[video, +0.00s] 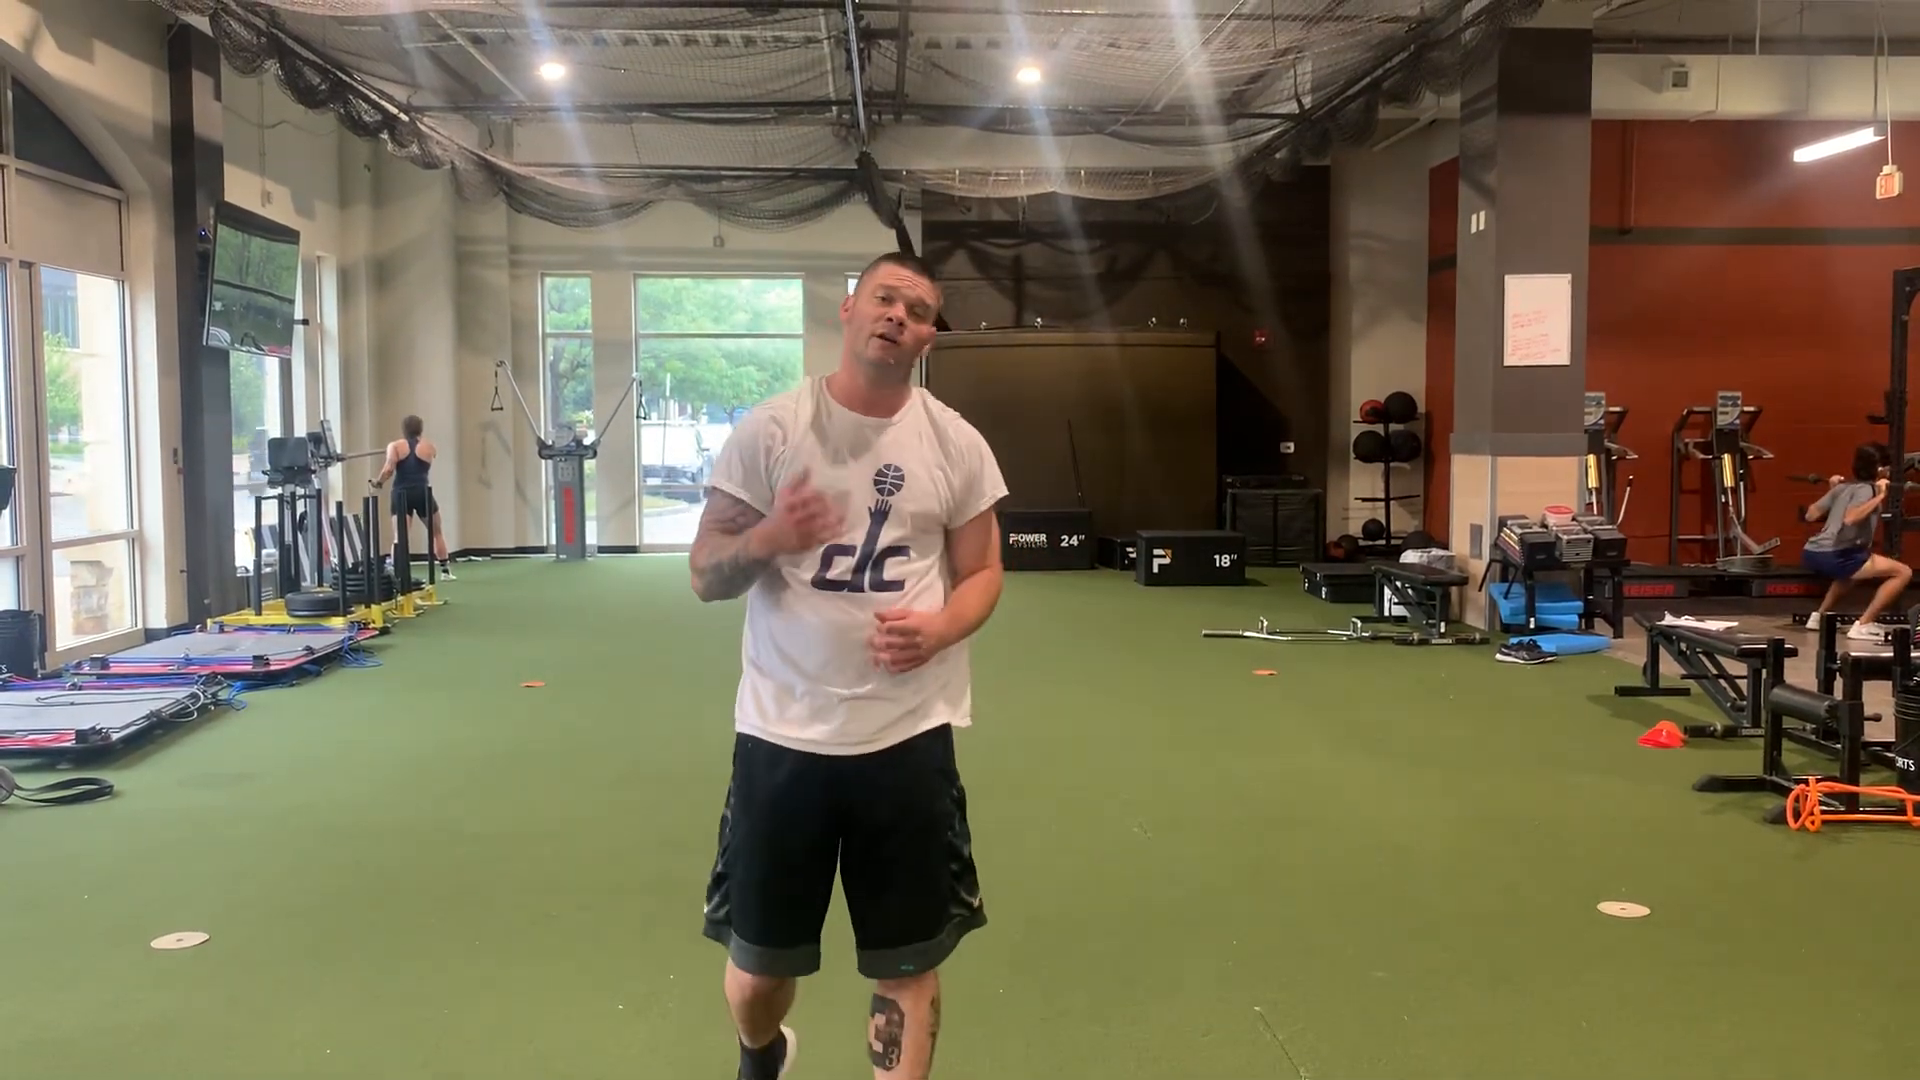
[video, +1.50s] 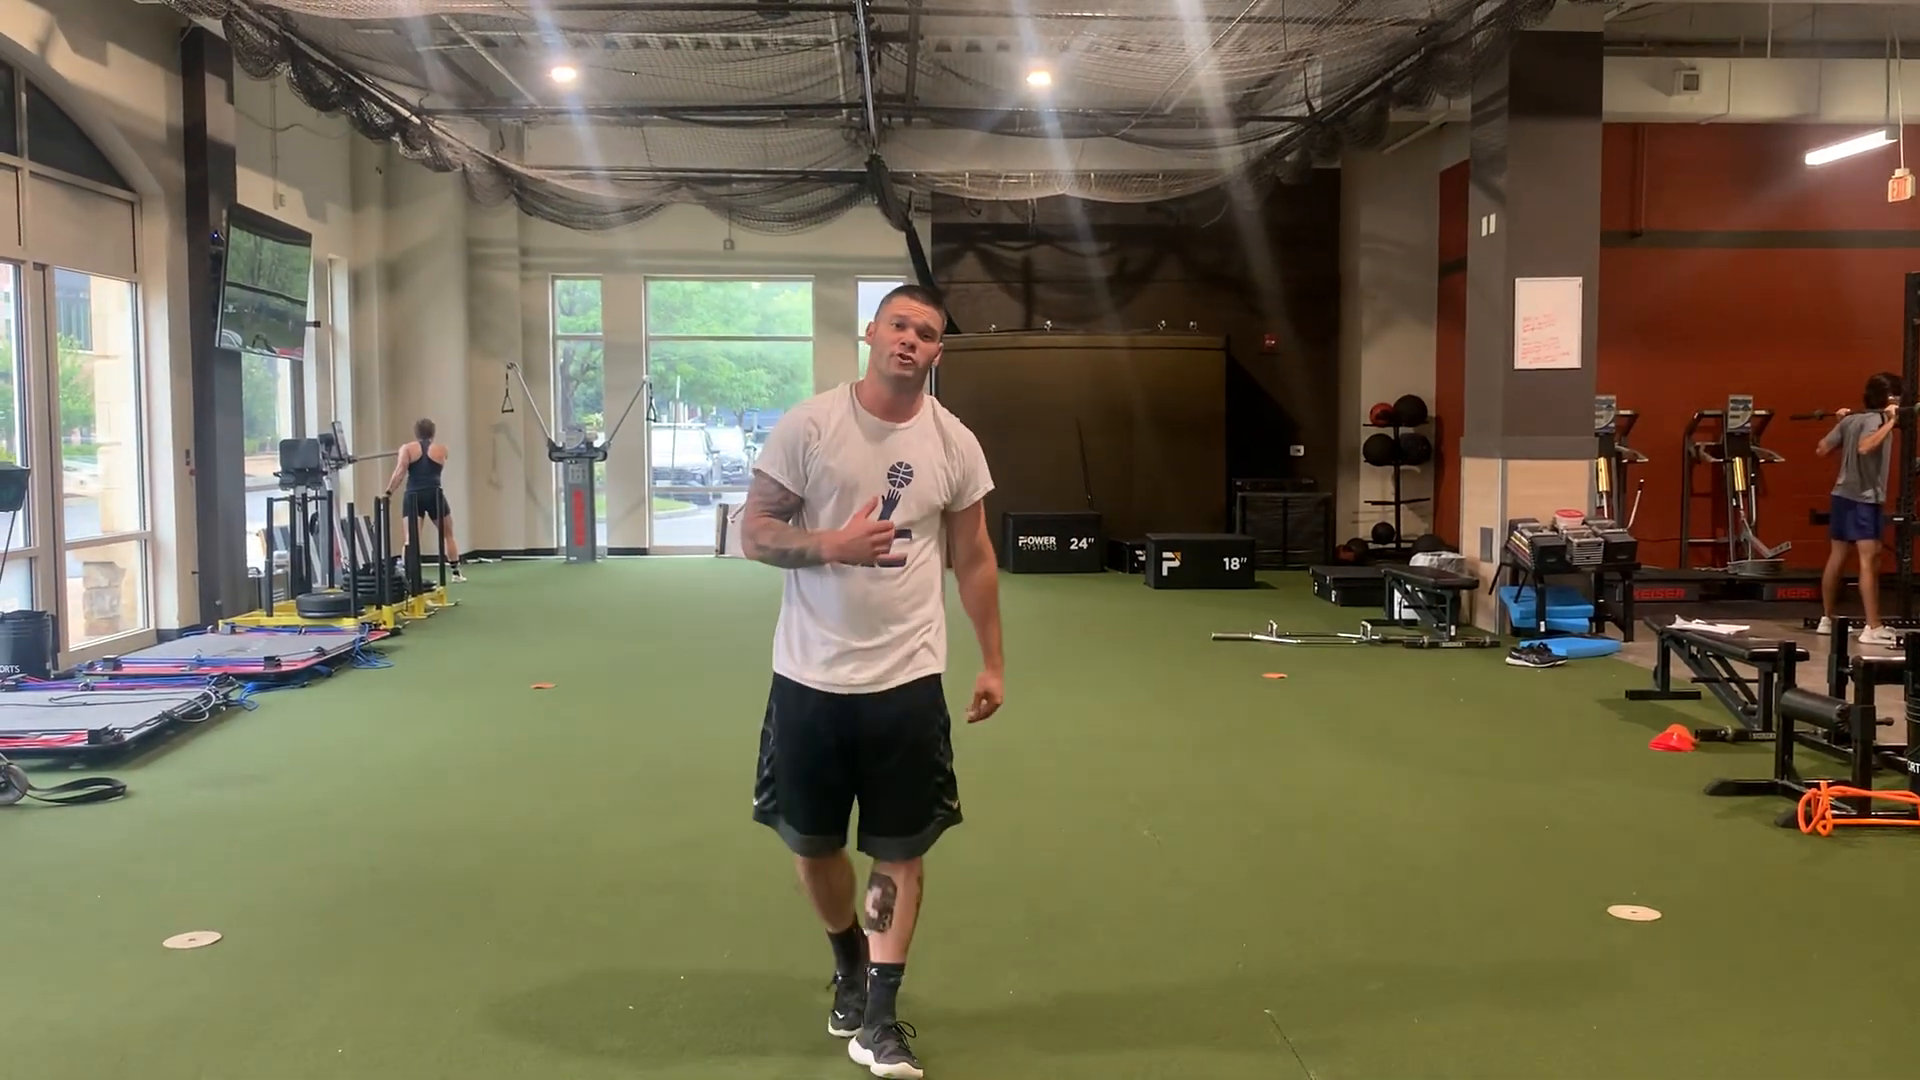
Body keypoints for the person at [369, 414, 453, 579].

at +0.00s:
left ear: (404, 430)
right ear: (420, 430)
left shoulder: (395, 446)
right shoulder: (429, 448)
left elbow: (389, 469)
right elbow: (428, 463)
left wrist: (379, 482)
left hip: (401, 493)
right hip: (422, 493)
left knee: (399, 536)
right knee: (436, 532)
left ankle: (394, 570)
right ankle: (445, 570)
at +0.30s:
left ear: (406, 432)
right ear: (423, 433)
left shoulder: (397, 449)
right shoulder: (431, 449)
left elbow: (389, 472)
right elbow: (429, 466)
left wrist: (386, 468)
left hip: (403, 495)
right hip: (424, 494)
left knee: (400, 537)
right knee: (438, 534)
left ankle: (395, 571)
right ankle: (447, 572)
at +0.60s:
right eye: (425, 435)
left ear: (410, 435)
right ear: (426, 436)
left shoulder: (401, 451)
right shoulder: (434, 453)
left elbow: (392, 474)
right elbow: (431, 469)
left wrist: (391, 464)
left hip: (406, 498)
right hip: (428, 496)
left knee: (404, 541)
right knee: (442, 537)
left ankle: (400, 575)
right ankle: (450, 574)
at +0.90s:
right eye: (428, 436)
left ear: (413, 437)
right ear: (430, 437)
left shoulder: (404, 453)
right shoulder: (438, 455)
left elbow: (396, 477)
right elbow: (434, 472)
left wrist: (388, 486)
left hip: (410, 499)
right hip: (431, 498)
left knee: (407, 543)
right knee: (445, 538)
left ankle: (403, 577)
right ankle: (454, 576)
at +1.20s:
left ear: (415, 436)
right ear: (432, 436)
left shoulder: (406, 452)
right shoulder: (441, 453)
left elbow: (400, 475)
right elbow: (436, 473)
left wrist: (388, 495)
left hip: (412, 498)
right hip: (433, 497)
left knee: (409, 542)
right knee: (447, 537)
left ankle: (406, 577)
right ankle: (456, 575)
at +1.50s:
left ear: (416, 433)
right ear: (433, 433)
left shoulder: (407, 449)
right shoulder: (442, 450)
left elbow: (400, 473)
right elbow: (437, 470)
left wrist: (388, 491)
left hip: (413, 496)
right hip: (434, 495)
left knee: (410, 539)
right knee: (448, 534)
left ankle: (406, 574)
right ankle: (456, 572)